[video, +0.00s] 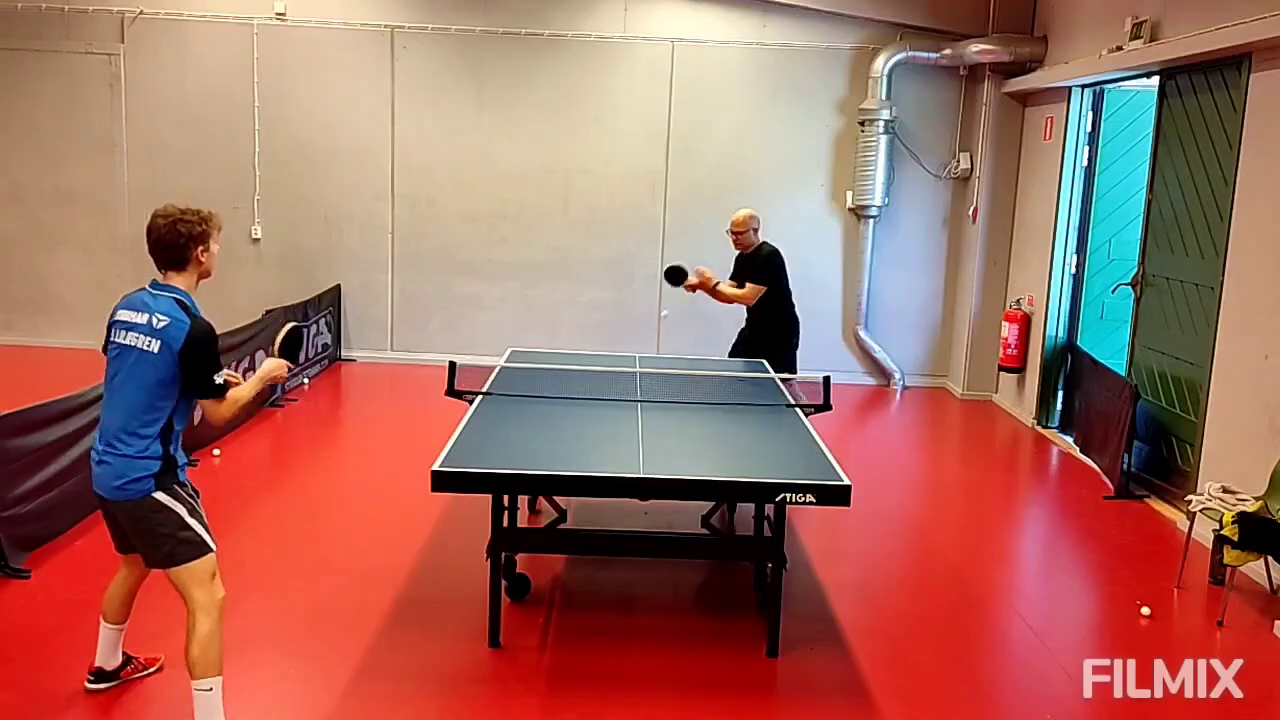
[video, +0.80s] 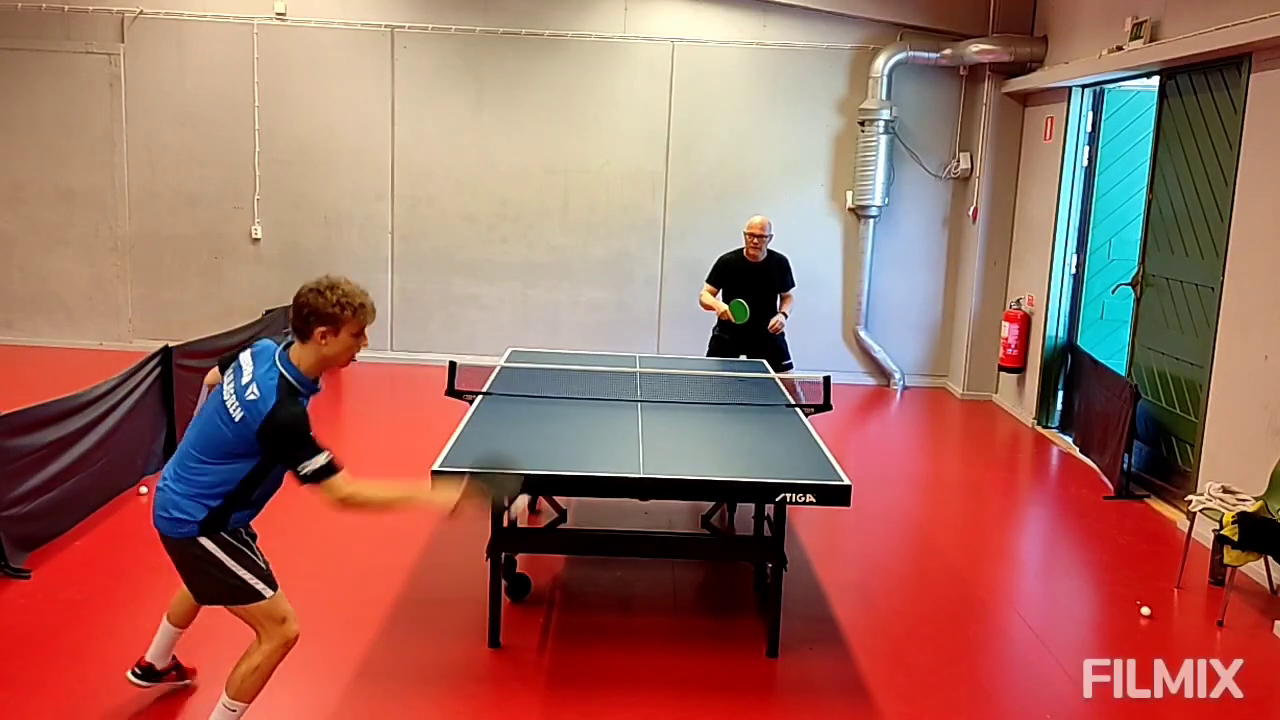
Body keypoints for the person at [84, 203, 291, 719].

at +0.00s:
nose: (217, 252)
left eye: (215, 243)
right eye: (214, 245)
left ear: (162, 254)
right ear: (198, 255)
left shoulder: (127, 306)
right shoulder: (193, 328)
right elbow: (221, 412)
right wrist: (265, 376)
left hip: (108, 472)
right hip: (150, 480)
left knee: (134, 563)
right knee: (207, 597)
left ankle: (106, 666)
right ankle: (211, 715)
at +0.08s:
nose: (229, 265)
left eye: (227, 256)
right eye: (227, 257)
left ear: (174, 263)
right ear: (214, 266)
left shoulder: (142, 312)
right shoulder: (201, 338)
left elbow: (158, 393)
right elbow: (219, 424)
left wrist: (225, 390)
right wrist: (279, 398)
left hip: (111, 476)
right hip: (153, 486)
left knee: (135, 566)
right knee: (214, 604)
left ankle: (105, 667)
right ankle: (208, 715)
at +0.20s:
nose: (266, 290)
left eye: (265, 281)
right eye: (264, 282)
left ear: (213, 283)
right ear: (250, 291)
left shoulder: (183, 324)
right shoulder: (212, 366)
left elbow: (195, 395)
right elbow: (212, 458)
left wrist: (264, 399)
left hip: (112, 475)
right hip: (138, 494)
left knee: (137, 571)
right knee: (208, 606)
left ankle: (104, 668)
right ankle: (206, 716)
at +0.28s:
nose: (283, 314)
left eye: (283, 304)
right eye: (282, 305)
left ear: (230, 303)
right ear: (265, 312)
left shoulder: (203, 337)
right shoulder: (210, 385)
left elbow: (230, 392)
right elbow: (198, 478)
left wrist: (289, 408)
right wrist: (244, 549)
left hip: (118, 476)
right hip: (127, 497)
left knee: (138, 573)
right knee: (203, 606)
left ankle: (104, 668)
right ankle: (204, 717)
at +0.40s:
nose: (309, 360)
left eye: (309, 352)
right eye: (307, 353)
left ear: (257, 349)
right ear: (286, 361)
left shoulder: (254, 377)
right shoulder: (201, 422)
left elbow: (290, 414)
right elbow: (151, 502)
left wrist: (337, 442)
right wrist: (118, 577)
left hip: (151, 488)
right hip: (123, 499)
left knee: (151, 576)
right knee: (209, 610)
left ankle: (106, 665)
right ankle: (202, 716)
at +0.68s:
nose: (359, 390)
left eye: (359, 381)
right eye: (354, 382)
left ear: (319, 385)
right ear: (321, 386)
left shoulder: (290, 399)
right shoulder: (237, 439)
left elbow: (283, 425)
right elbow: (169, 522)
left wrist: (293, 454)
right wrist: (135, 606)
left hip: (200, 514)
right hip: (176, 526)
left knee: (168, 589)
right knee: (265, 631)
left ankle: (119, 656)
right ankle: (218, 716)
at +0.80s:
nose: (364, 343)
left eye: (365, 333)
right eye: (358, 335)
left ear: (317, 334)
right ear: (323, 337)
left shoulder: (271, 347)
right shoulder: (282, 410)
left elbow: (214, 380)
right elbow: (342, 492)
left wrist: (203, 450)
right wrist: (432, 494)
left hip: (182, 494)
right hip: (199, 523)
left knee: (211, 575)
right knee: (279, 631)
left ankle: (154, 663)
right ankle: (222, 717)